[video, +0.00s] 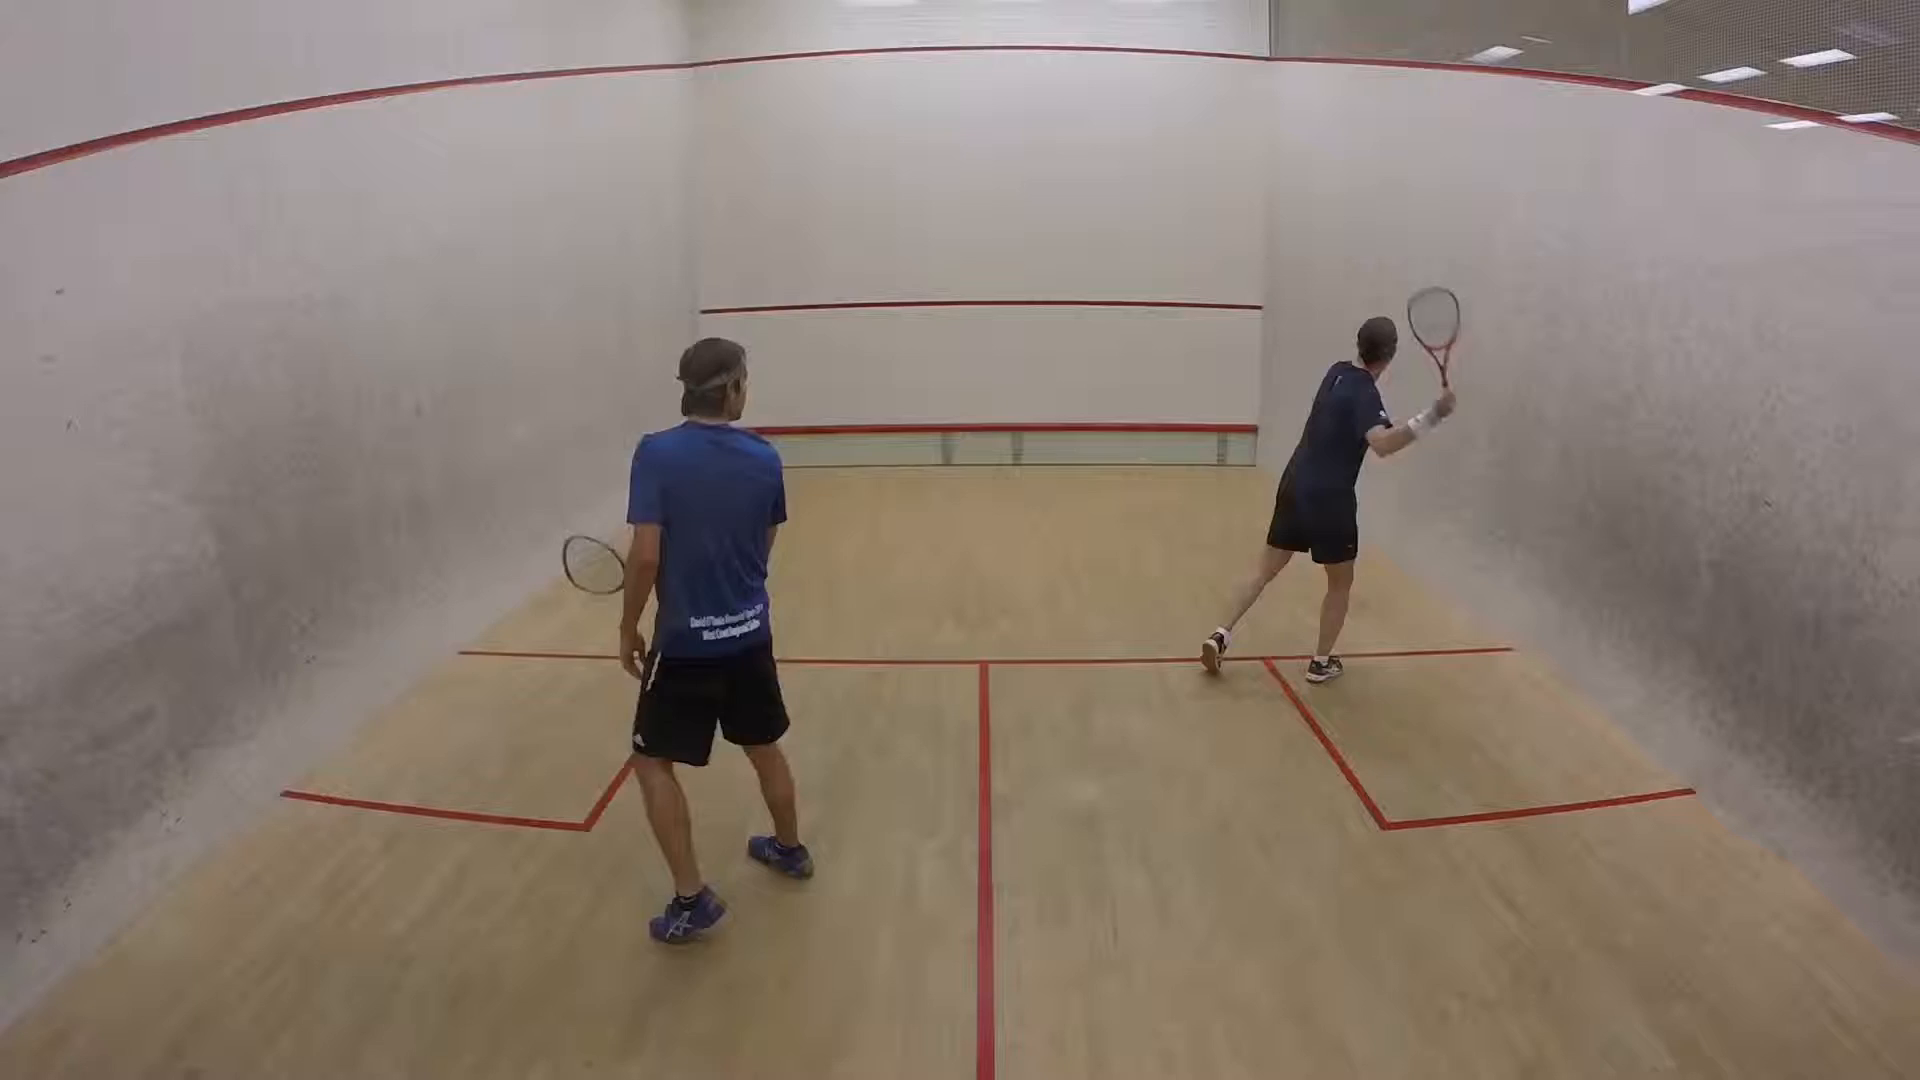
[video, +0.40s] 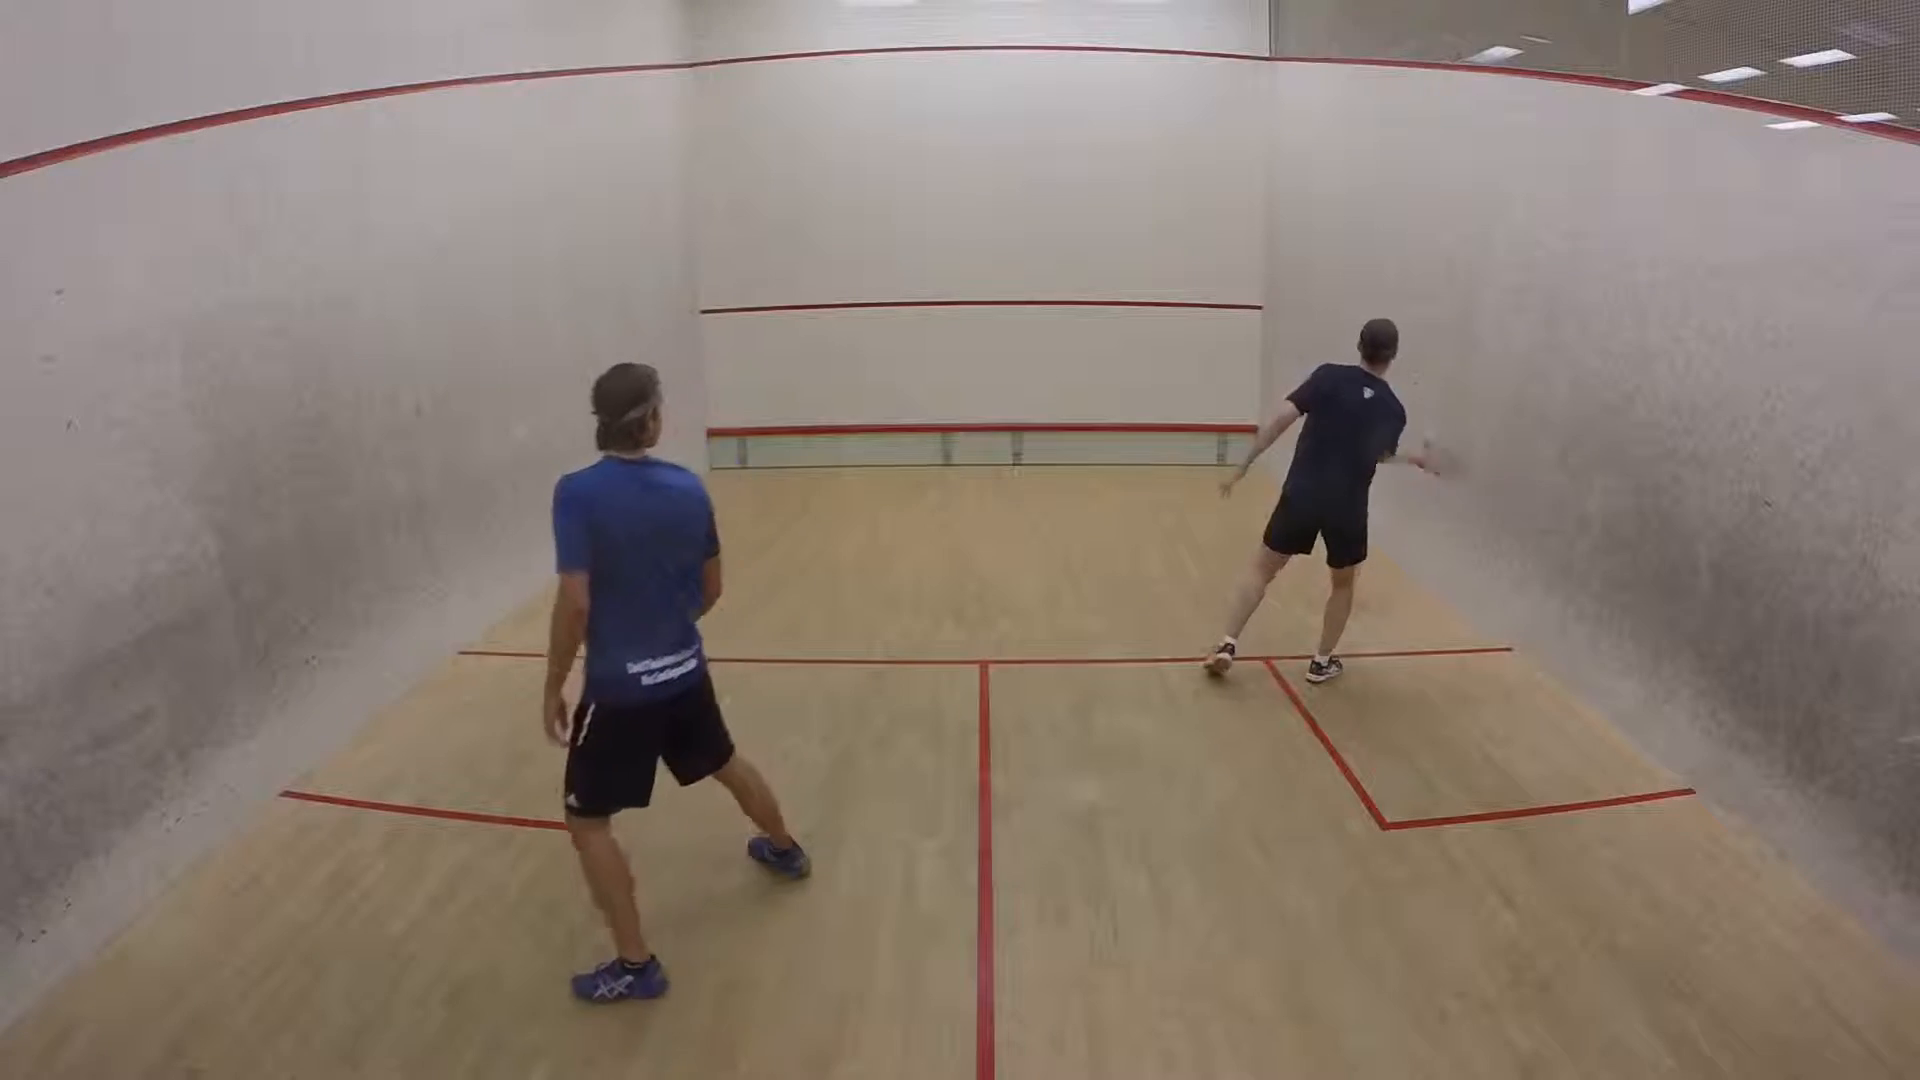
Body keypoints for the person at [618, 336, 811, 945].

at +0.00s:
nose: (747, 394)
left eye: (744, 384)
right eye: (745, 385)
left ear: (686, 389)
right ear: (733, 390)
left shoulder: (656, 453)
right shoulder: (762, 456)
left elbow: (647, 559)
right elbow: (764, 540)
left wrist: (630, 625)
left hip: (687, 646)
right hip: (749, 638)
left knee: (651, 761)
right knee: (764, 744)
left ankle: (692, 898)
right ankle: (791, 847)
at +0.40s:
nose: (663, 419)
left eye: (658, 409)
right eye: (660, 411)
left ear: (597, 420)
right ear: (652, 419)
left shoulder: (577, 492)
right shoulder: (685, 485)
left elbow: (574, 605)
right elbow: (709, 591)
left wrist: (554, 686)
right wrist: (658, 625)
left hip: (619, 696)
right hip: (686, 679)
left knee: (587, 822)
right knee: (726, 763)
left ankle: (635, 962)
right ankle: (787, 847)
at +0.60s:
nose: (586, 424)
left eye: (575, 416)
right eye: (583, 416)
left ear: (519, 431)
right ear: (577, 427)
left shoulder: (506, 508)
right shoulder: (617, 494)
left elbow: (505, 629)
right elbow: (654, 599)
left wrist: (483, 715)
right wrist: (620, 639)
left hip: (559, 713)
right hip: (625, 690)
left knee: (556, 840)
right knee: (646, 770)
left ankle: (635, 966)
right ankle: (726, 852)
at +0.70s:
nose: (549, 416)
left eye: (540, 409)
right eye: (548, 408)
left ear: (483, 424)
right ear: (546, 418)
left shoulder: (475, 507)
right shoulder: (592, 490)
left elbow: (467, 629)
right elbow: (627, 594)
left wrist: (441, 719)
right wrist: (587, 631)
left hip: (541, 713)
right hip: (601, 686)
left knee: (560, 847)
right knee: (602, 778)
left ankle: (635, 966)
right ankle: (666, 874)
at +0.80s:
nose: (520, 415)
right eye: (518, 408)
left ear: (452, 426)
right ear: (516, 419)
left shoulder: (443, 511)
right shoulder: (564, 489)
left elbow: (432, 637)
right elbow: (601, 592)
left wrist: (404, 721)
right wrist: (552, 617)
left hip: (522, 716)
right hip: (579, 689)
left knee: (558, 849)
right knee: (564, 802)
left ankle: (635, 964)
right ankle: (598, 904)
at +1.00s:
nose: (471, 428)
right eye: (468, 422)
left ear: (405, 441)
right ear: (467, 433)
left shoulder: (397, 528)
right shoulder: (512, 501)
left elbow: (389, 652)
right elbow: (546, 597)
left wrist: (360, 732)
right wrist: (480, 606)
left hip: (473, 732)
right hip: (531, 705)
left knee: (472, 866)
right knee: (521, 825)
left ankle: (599, 952)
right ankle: (540, 921)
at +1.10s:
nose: (436, 430)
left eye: (381, 428)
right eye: (436, 421)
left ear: (376, 437)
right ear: (441, 431)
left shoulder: (375, 528)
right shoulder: (486, 502)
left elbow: (377, 658)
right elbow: (516, 594)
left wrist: (354, 738)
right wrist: (447, 608)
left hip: (451, 736)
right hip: (513, 709)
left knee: (409, 868)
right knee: (512, 820)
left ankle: (539, 959)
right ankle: (545, 920)